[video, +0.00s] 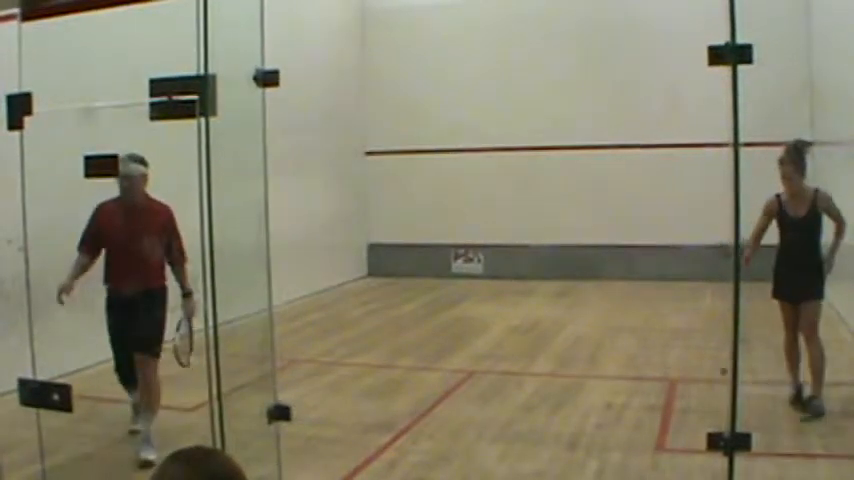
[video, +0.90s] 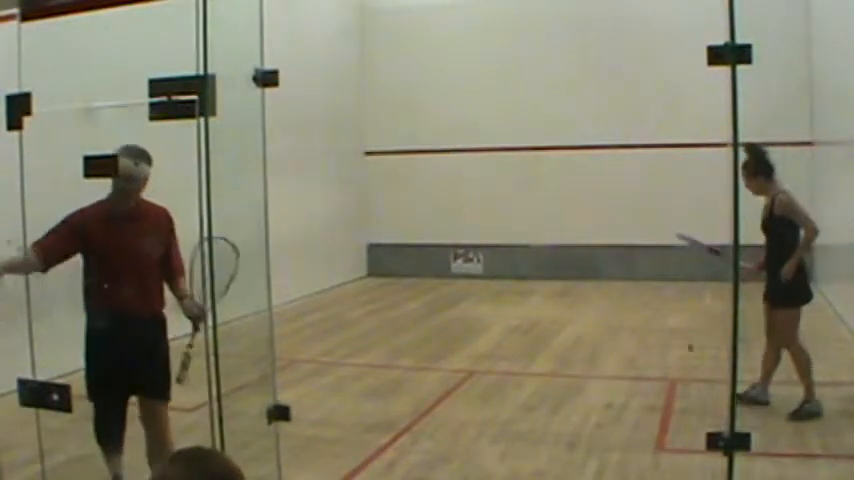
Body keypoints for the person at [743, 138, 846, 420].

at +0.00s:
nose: (784, 181)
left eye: (788, 176)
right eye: (782, 176)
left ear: (801, 174)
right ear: (780, 175)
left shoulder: (819, 199)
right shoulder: (776, 204)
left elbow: (840, 223)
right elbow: (758, 233)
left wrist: (831, 256)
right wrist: (750, 250)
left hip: (811, 270)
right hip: (785, 271)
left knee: (809, 332)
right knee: (790, 332)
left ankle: (816, 394)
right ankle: (795, 385)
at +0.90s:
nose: (747, 186)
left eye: (749, 181)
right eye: (746, 182)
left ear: (761, 177)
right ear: (761, 177)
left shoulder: (783, 200)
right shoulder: (771, 202)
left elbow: (811, 229)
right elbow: (777, 241)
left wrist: (793, 262)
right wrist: (762, 264)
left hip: (789, 281)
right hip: (774, 280)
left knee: (789, 339)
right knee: (773, 337)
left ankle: (810, 398)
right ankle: (761, 388)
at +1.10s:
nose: (738, 185)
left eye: (739, 180)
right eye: (737, 180)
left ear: (747, 177)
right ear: (753, 175)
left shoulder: (770, 199)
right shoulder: (762, 200)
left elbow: (795, 230)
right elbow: (767, 238)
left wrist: (776, 262)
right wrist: (754, 262)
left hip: (771, 277)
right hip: (766, 275)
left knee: (757, 336)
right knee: (768, 336)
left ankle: (792, 387)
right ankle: (761, 387)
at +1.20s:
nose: (735, 186)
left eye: (735, 181)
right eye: (734, 181)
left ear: (743, 178)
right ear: (750, 175)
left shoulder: (765, 199)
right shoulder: (757, 201)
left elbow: (790, 229)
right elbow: (764, 238)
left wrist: (772, 260)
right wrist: (751, 262)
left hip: (766, 277)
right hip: (765, 275)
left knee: (749, 332)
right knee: (768, 332)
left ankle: (767, 386)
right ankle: (764, 384)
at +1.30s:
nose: (727, 186)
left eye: (728, 180)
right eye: (726, 180)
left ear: (738, 176)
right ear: (745, 174)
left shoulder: (760, 198)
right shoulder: (754, 200)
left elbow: (787, 227)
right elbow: (759, 238)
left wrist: (768, 260)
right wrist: (749, 264)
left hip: (762, 276)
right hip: (762, 274)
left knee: (748, 332)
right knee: (766, 332)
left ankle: (749, 392)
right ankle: (761, 388)